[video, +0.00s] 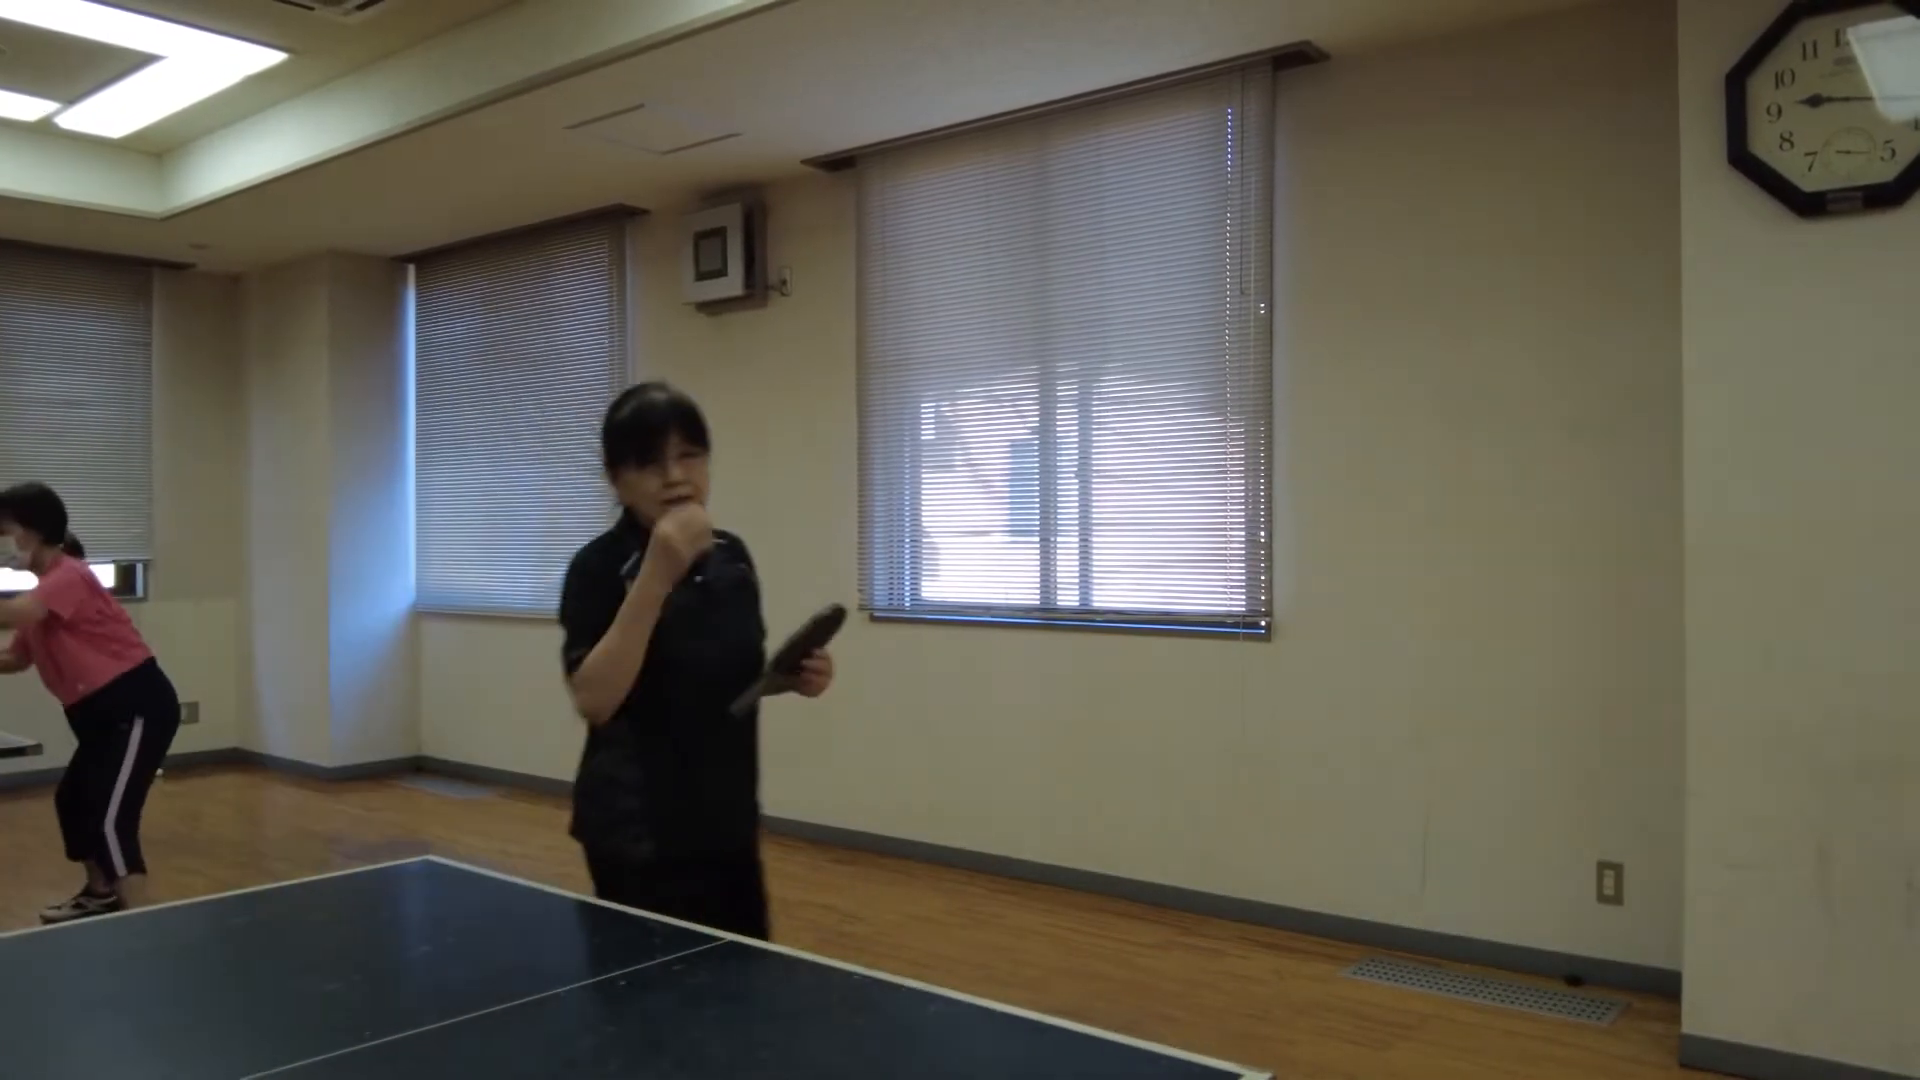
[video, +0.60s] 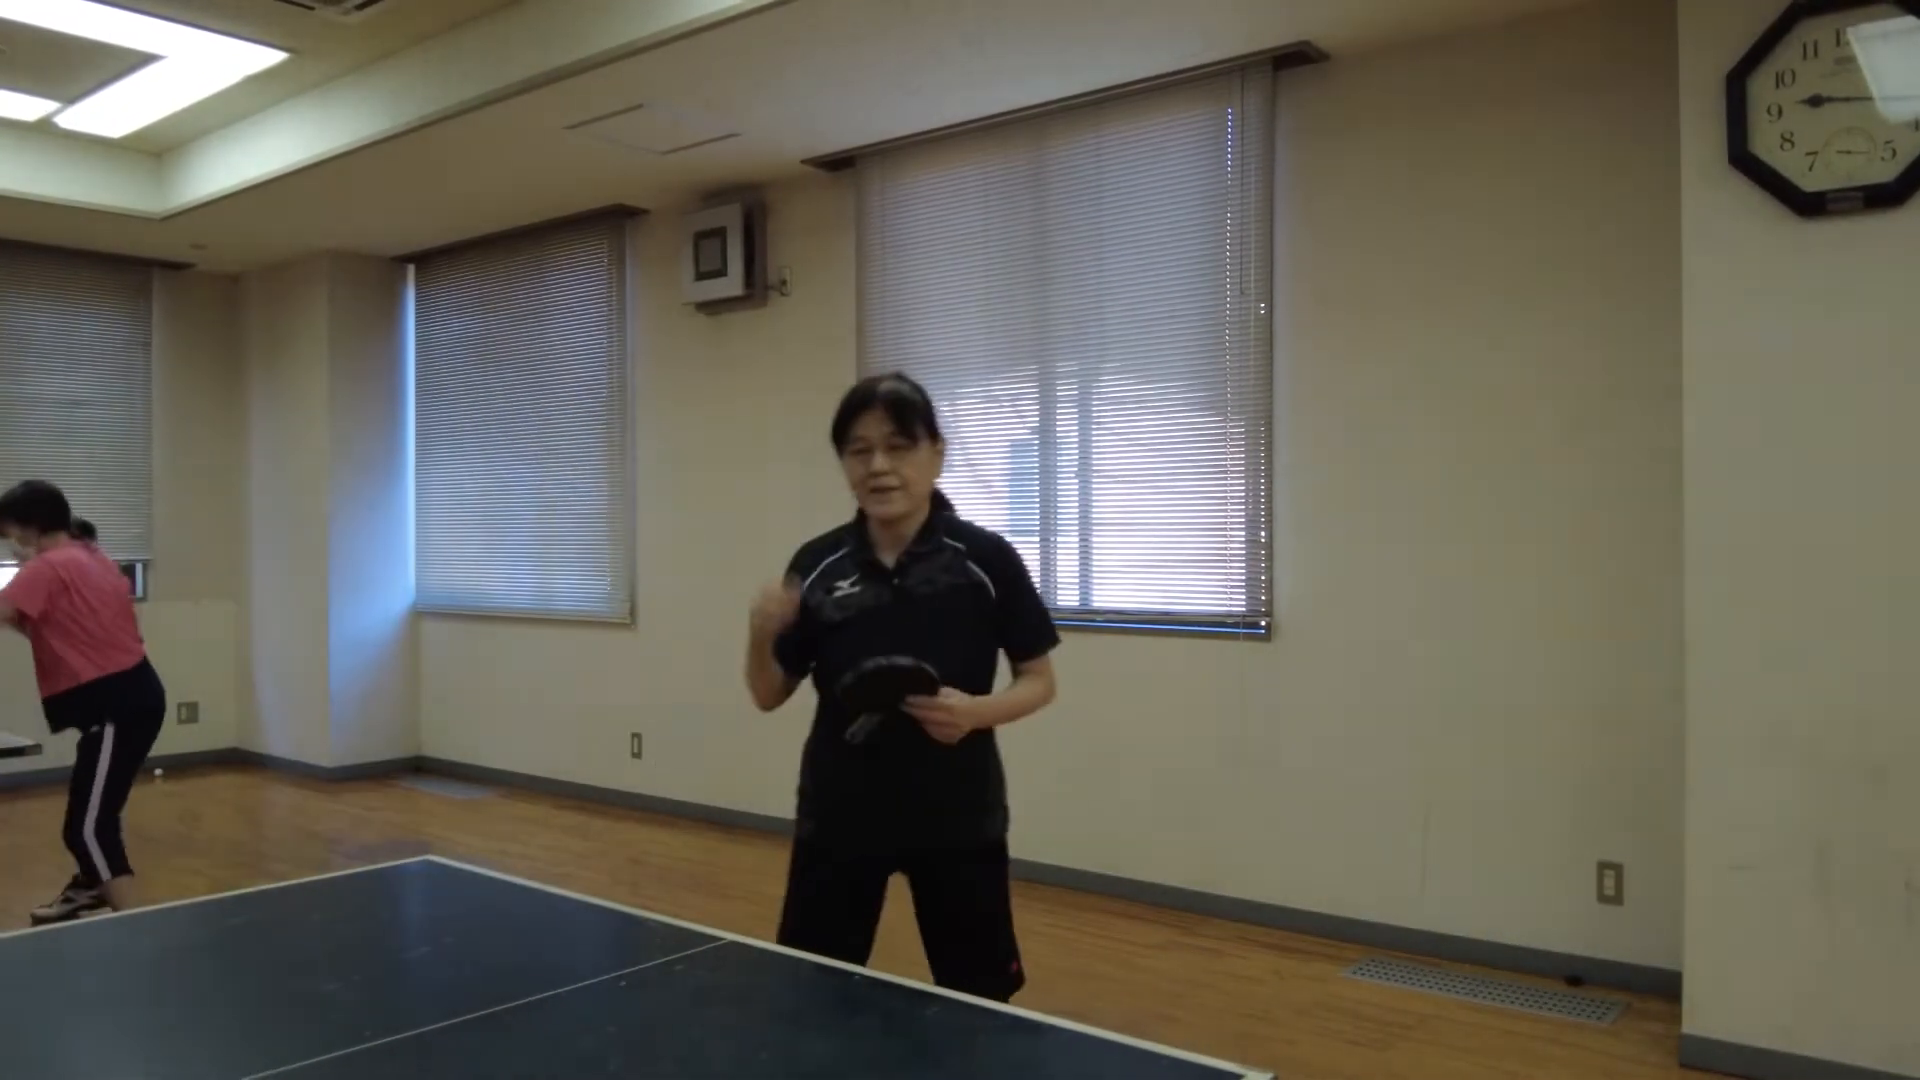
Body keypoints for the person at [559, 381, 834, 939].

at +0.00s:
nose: (674, 477)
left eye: (688, 456)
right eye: (649, 463)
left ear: (708, 463)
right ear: (615, 478)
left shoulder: (728, 556)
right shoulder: (598, 566)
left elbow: (741, 676)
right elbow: (593, 699)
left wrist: (793, 673)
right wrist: (657, 575)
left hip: (722, 811)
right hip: (633, 820)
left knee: (742, 979)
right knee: (647, 987)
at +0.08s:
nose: (701, 470)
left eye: (713, 449)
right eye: (678, 456)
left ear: (731, 456)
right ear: (643, 471)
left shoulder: (755, 550)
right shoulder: (624, 556)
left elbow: (768, 673)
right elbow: (631, 666)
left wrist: (820, 678)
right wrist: (672, 530)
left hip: (754, 813)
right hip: (661, 821)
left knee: (799, 982)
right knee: (680, 991)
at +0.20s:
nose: (735, 466)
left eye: (747, 445)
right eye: (714, 455)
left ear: (769, 451)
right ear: (682, 472)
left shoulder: (803, 546)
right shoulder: (660, 551)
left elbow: (817, 649)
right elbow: (665, 621)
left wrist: (859, 680)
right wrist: (689, 485)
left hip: (798, 803)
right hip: (700, 814)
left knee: (873, 986)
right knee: (704, 998)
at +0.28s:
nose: (759, 466)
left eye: (771, 445)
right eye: (737, 455)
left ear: (795, 450)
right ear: (713, 475)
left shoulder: (842, 552)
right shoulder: (693, 556)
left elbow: (862, 655)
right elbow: (677, 611)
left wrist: (891, 690)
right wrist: (693, 483)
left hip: (832, 810)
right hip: (725, 820)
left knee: (902, 994)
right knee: (724, 1002)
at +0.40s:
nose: (806, 474)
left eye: (821, 452)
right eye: (783, 462)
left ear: (852, 457)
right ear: (762, 482)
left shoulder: (902, 562)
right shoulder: (744, 567)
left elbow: (934, 668)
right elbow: (687, 653)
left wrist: (939, 716)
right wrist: (714, 522)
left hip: (885, 821)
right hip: (773, 823)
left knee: (935, 1001)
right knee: (765, 999)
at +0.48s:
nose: (841, 473)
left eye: (859, 452)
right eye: (821, 460)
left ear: (892, 460)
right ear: (801, 477)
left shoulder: (941, 564)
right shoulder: (773, 574)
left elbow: (989, 670)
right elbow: (714, 690)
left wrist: (969, 716)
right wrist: (734, 560)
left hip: (920, 818)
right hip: (809, 821)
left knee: (962, 1008)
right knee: (789, 1001)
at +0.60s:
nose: (879, 466)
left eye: (899, 447)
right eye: (860, 452)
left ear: (936, 455)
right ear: (841, 466)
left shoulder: (985, 559)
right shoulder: (818, 564)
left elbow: (1039, 680)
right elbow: (769, 695)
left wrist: (980, 711)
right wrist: (763, 633)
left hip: (955, 811)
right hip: (842, 809)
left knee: (978, 1002)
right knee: (809, 991)